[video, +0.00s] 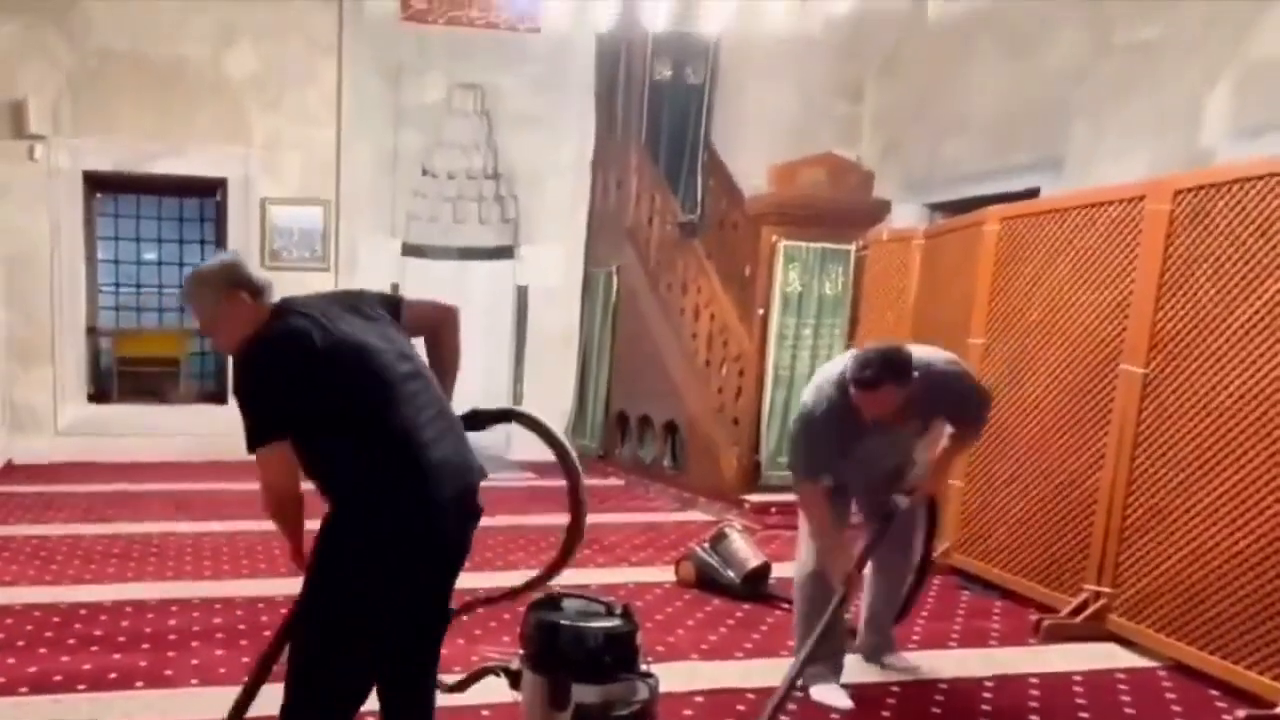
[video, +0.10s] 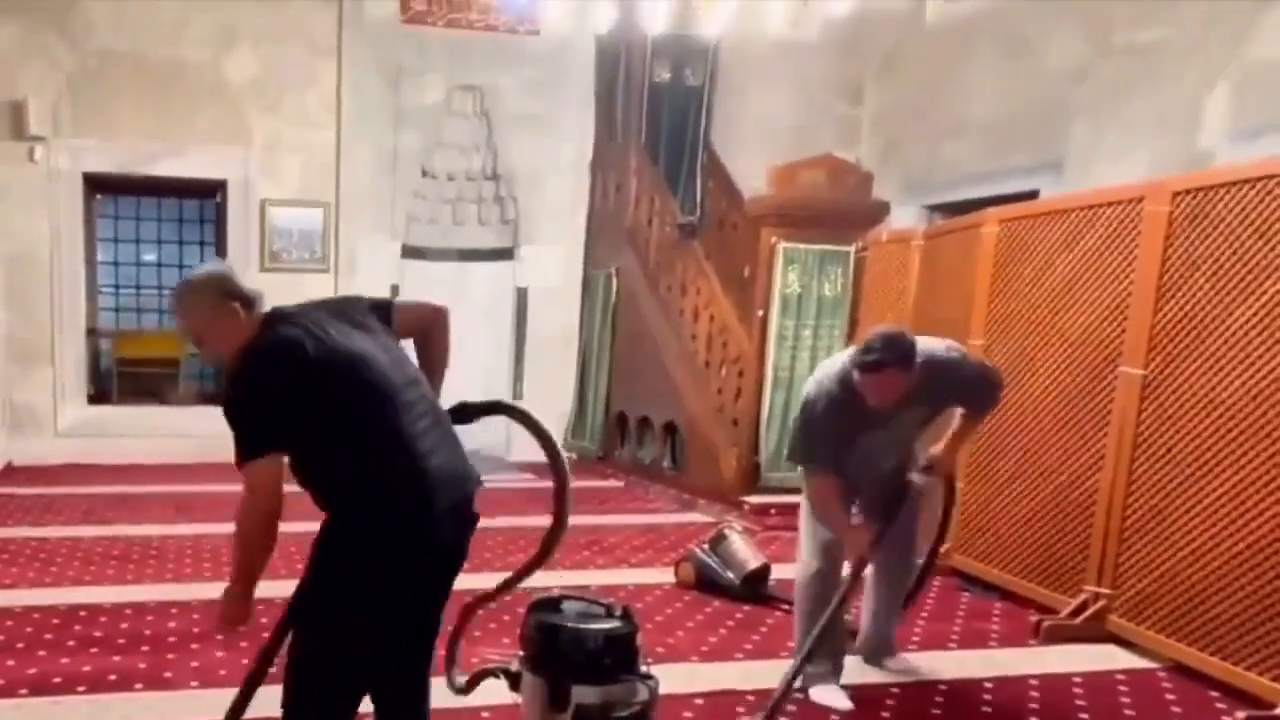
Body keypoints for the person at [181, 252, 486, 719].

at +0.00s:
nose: (208, 338)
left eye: (207, 322)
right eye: (201, 326)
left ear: (241, 301)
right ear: (251, 298)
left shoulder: (257, 359)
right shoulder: (343, 304)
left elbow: (282, 489)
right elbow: (442, 318)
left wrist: (297, 545)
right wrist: (435, 412)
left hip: (381, 509)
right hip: (455, 489)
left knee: (321, 671)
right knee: (409, 665)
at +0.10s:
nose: (200, 352)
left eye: (199, 337)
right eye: (193, 341)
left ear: (233, 312)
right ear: (243, 309)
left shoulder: (250, 376)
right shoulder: (336, 312)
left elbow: (263, 504)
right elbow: (431, 318)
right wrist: (425, 407)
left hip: (377, 519)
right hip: (450, 497)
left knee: (318, 682)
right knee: (401, 671)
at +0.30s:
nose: (155, 385)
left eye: (156, 368)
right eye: (148, 373)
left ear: (193, 341)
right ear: (200, 335)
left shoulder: (217, 410)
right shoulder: (297, 326)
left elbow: (199, 550)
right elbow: (395, 315)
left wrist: (153, 676)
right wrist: (392, 394)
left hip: (362, 543)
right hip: (429, 511)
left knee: (289, 699)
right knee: (375, 683)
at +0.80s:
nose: (17, 464)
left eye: (12, 445)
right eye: (8, 451)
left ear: (52, 403)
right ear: (64, 384)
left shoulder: (99, 495)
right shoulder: (161, 344)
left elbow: (112, 652)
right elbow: (275, 315)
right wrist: (295, 367)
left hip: (324, 573)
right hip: (379, 508)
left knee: (262, 708)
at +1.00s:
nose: (11, 431)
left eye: (11, 408)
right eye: (4, 415)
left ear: (64, 372)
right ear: (73, 362)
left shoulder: (117, 470)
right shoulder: (164, 332)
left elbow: (156, 632)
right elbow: (277, 313)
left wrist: (97, 711)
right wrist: (301, 376)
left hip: (300, 593)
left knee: (240, 709)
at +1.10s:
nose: (9, 413)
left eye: (11, 391)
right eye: (3, 397)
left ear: (70, 355)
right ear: (75, 348)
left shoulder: (126, 452)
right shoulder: (166, 327)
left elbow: (178, 625)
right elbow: (282, 315)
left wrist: (93, 711)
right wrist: (301, 380)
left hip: (309, 595)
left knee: (234, 709)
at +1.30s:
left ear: (42, 347)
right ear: (48, 343)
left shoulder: (98, 448)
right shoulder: (148, 325)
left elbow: (154, 641)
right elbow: (273, 319)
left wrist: (88, 711)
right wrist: (288, 383)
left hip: (297, 606)